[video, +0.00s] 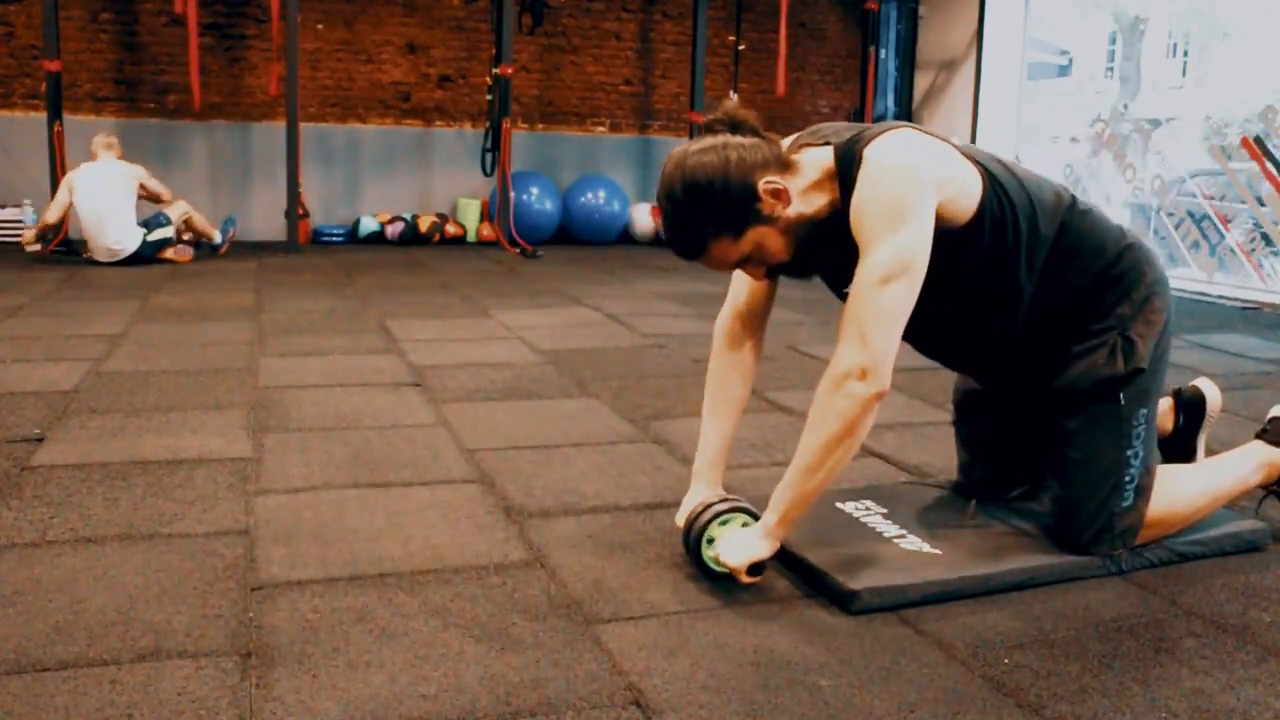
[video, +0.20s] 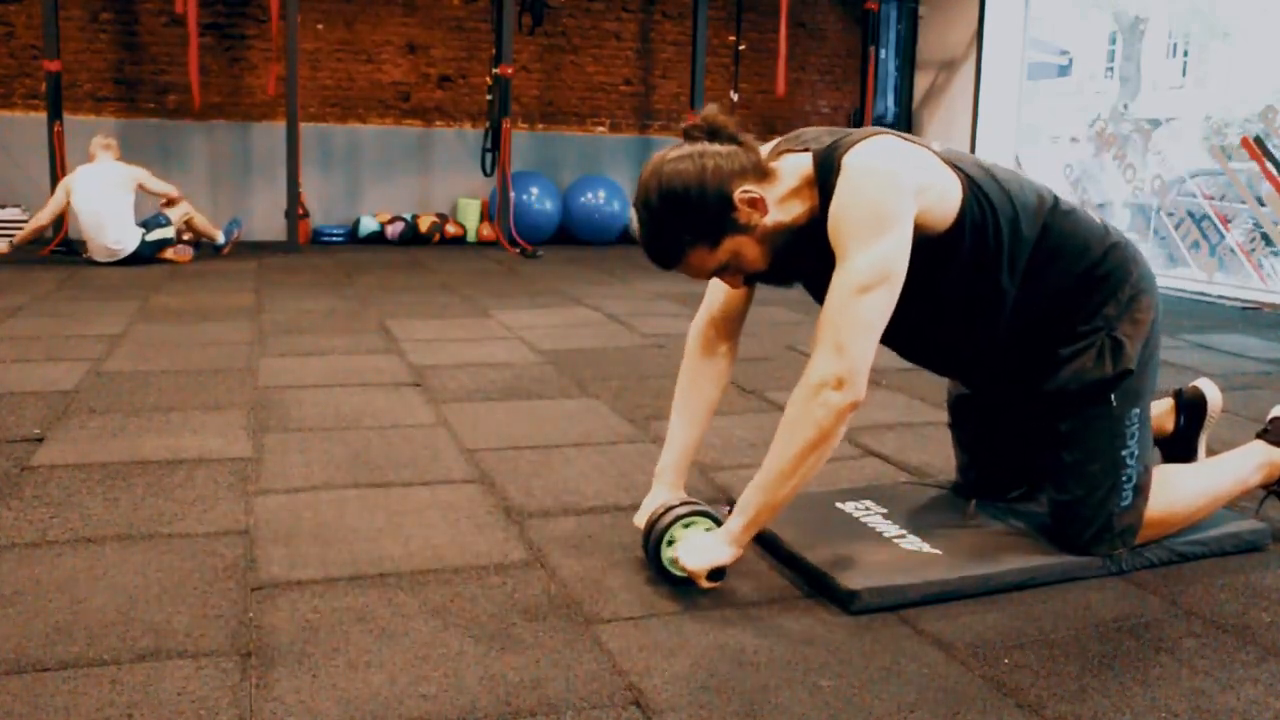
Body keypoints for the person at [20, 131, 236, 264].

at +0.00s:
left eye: (97, 152)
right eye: (114, 151)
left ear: (92, 154)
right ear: (118, 153)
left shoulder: (74, 176)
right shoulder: (132, 170)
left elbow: (51, 219)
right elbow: (166, 197)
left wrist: (35, 233)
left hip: (99, 256)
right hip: (132, 250)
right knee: (181, 206)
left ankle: (169, 251)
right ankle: (217, 238)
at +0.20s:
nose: (110, 153)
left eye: (101, 150)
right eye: (113, 150)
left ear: (90, 155)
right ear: (116, 153)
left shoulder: (73, 179)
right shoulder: (129, 171)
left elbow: (41, 221)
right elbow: (174, 193)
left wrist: (11, 244)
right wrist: (169, 203)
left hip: (97, 256)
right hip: (131, 249)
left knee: (136, 232)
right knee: (181, 207)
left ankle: (167, 251)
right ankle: (221, 238)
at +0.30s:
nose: (111, 149)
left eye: (103, 148)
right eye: (112, 148)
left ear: (89, 155)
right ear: (116, 154)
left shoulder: (71, 179)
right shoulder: (128, 170)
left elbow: (41, 220)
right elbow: (175, 193)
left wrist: (11, 245)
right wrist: (182, 205)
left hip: (97, 256)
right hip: (130, 248)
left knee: (139, 236)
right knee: (183, 208)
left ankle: (168, 251)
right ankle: (222, 238)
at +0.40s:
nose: (112, 148)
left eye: (105, 147)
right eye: (112, 148)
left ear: (89, 155)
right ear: (116, 154)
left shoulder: (70, 179)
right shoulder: (127, 171)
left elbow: (42, 220)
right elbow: (171, 193)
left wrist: (11, 244)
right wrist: (189, 199)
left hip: (96, 256)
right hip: (129, 248)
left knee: (140, 233)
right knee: (183, 210)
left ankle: (169, 251)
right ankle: (222, 238)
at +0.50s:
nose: (111, 148)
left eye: (106, 147)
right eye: (112, 148)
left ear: (90, 155)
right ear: (116, 155)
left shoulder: (70, 178)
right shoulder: (127, 170)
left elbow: (44, 221)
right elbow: (172, 193)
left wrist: (16, 248)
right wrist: (192, 199)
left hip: (96, 256)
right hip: (129, 248)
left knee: (140, 235)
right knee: (184, 210)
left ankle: (169, 252)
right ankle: (222, 238)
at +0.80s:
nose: (117, 158)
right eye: (117, 154)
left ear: (91, 155)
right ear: (118, 154)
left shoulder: (72, 180)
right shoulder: (128, 171)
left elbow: (63, 225)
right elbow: (178, 194)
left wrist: (58, 242)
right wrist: (190, 201)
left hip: (97, 256)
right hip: (129, 249)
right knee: (186, 210)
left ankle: (169, 252)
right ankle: (222, 239)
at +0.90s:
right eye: (119, 151)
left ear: (92, 156)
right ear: (119, 154)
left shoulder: (74, 179)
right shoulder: (128, 171)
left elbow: (69, 225)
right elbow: (176, 194)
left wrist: (72, 244)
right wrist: (188, 202)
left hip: (96, 256)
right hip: (127, 249)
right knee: (185, 211)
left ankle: (168, 252)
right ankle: (223, 239)